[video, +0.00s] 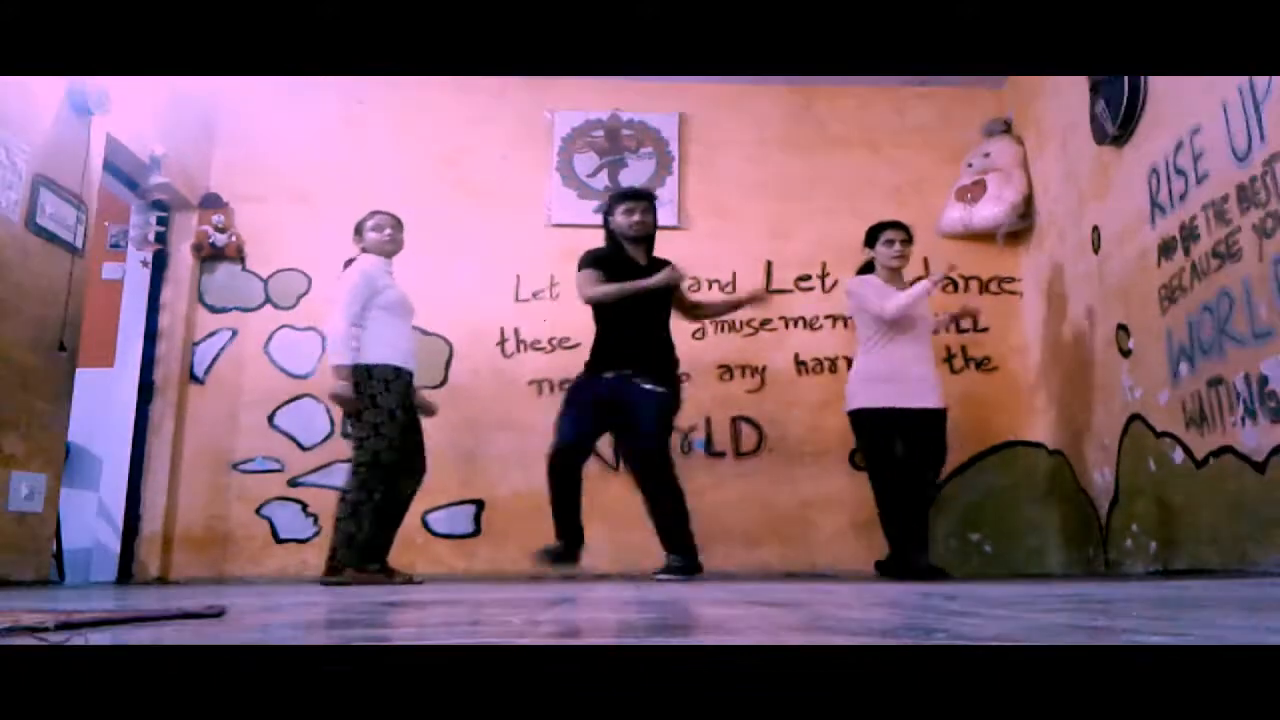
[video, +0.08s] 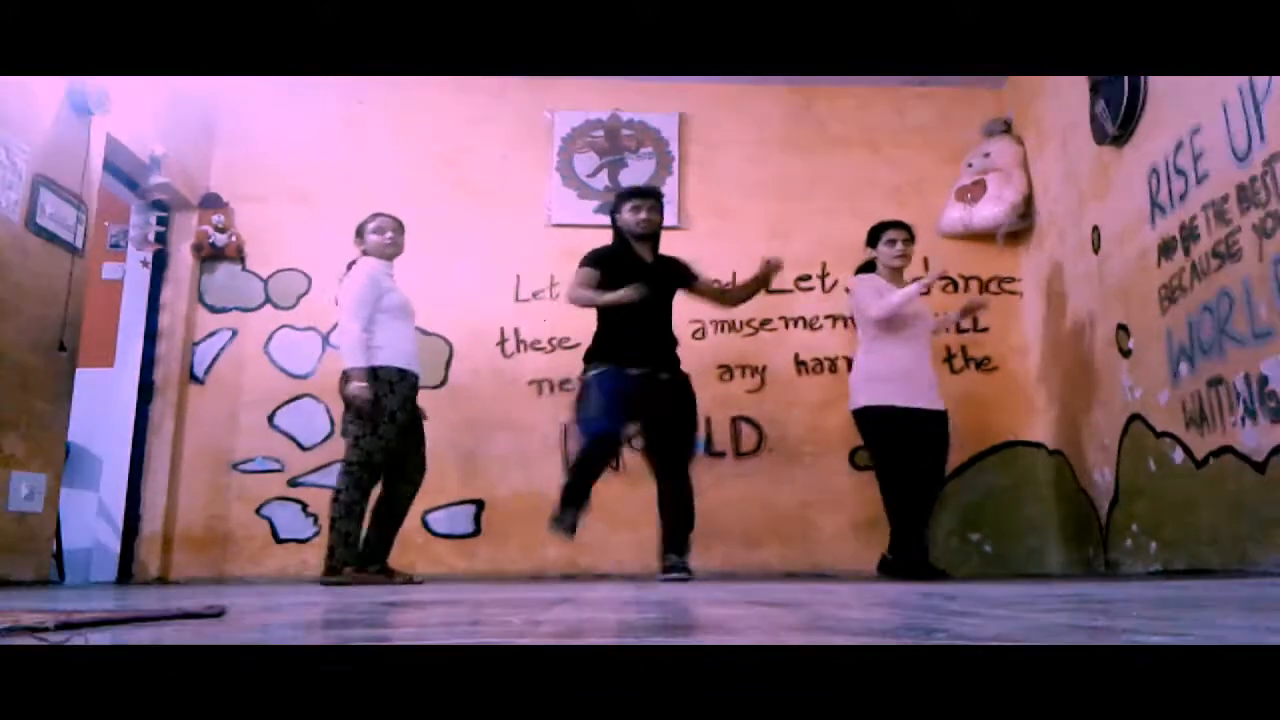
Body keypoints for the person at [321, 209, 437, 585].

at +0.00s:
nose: (388, 233)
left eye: (395, 228)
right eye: (378, 228)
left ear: (402, 240)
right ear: (361, 240)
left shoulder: (387, 278)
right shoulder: (366, 268)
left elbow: (391, 343)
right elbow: (344, 320)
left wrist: (411, 393)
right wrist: (342, 375)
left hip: (394, 381)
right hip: (375, 379)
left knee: (408, 467)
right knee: (374, 467)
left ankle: (372, 558)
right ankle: (346, 560)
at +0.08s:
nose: (390, 236)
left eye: (396, 232)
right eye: (379, 231)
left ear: (403, 242)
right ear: (361, 241)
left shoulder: (387, 279)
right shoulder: (365, 271)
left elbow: (394, 342)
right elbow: (351, 324)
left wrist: (408, 396)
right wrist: (357, 375)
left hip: (400, 384)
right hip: (376, 380)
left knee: (408, 471)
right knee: (361, 468)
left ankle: (373, 559)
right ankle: (341, 560)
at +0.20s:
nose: (389, 235)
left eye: (395, 230)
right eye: (378, 230)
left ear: (402, 241)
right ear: (362, 241)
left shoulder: (385, 277)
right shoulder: (365, 272)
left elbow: (383, 330)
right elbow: (356, 323)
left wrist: (405, 370)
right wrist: (386, 365)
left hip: (385, 378)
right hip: (373, 378)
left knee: (394, 468)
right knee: (419, 460)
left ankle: (371, 561)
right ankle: (351, 543)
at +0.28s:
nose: (390, 236)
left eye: (396, 231)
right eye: (379, 231)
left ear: (404, 242)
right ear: (361, 243)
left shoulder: (386, 278)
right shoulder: (368, 273)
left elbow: (386, 335)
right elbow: (353, 323)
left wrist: (410, 370)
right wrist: (394, 365)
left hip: (377, 381)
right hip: (372, 380)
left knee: (394, 470)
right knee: (442, 449)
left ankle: (371, 563)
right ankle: (363, 520)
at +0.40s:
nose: (388, 234)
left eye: (394, 230)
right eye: (378, 230)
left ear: (403, 240)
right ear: (361, 241)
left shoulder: (389, 279)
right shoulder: (367, 271)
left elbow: (394, 340)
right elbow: (350, 324)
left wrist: (414, 384)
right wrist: (381, 365)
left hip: (382, 380)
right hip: (376, 379)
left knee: (389, 471)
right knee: (425, 455)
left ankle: (369, 564)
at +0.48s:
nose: (388, 235)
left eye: (394, 230)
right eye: (377, 230)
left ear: (402, 240)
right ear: (361, 242)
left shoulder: (389, 279)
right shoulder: (366, 272)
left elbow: (390, 338)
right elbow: (345, 326)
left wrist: (411, 382)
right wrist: (368, 366)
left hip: (384, 379)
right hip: (373, 378)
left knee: (391, 468)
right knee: (434, 449)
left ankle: (369, 564)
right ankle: (440, 541)